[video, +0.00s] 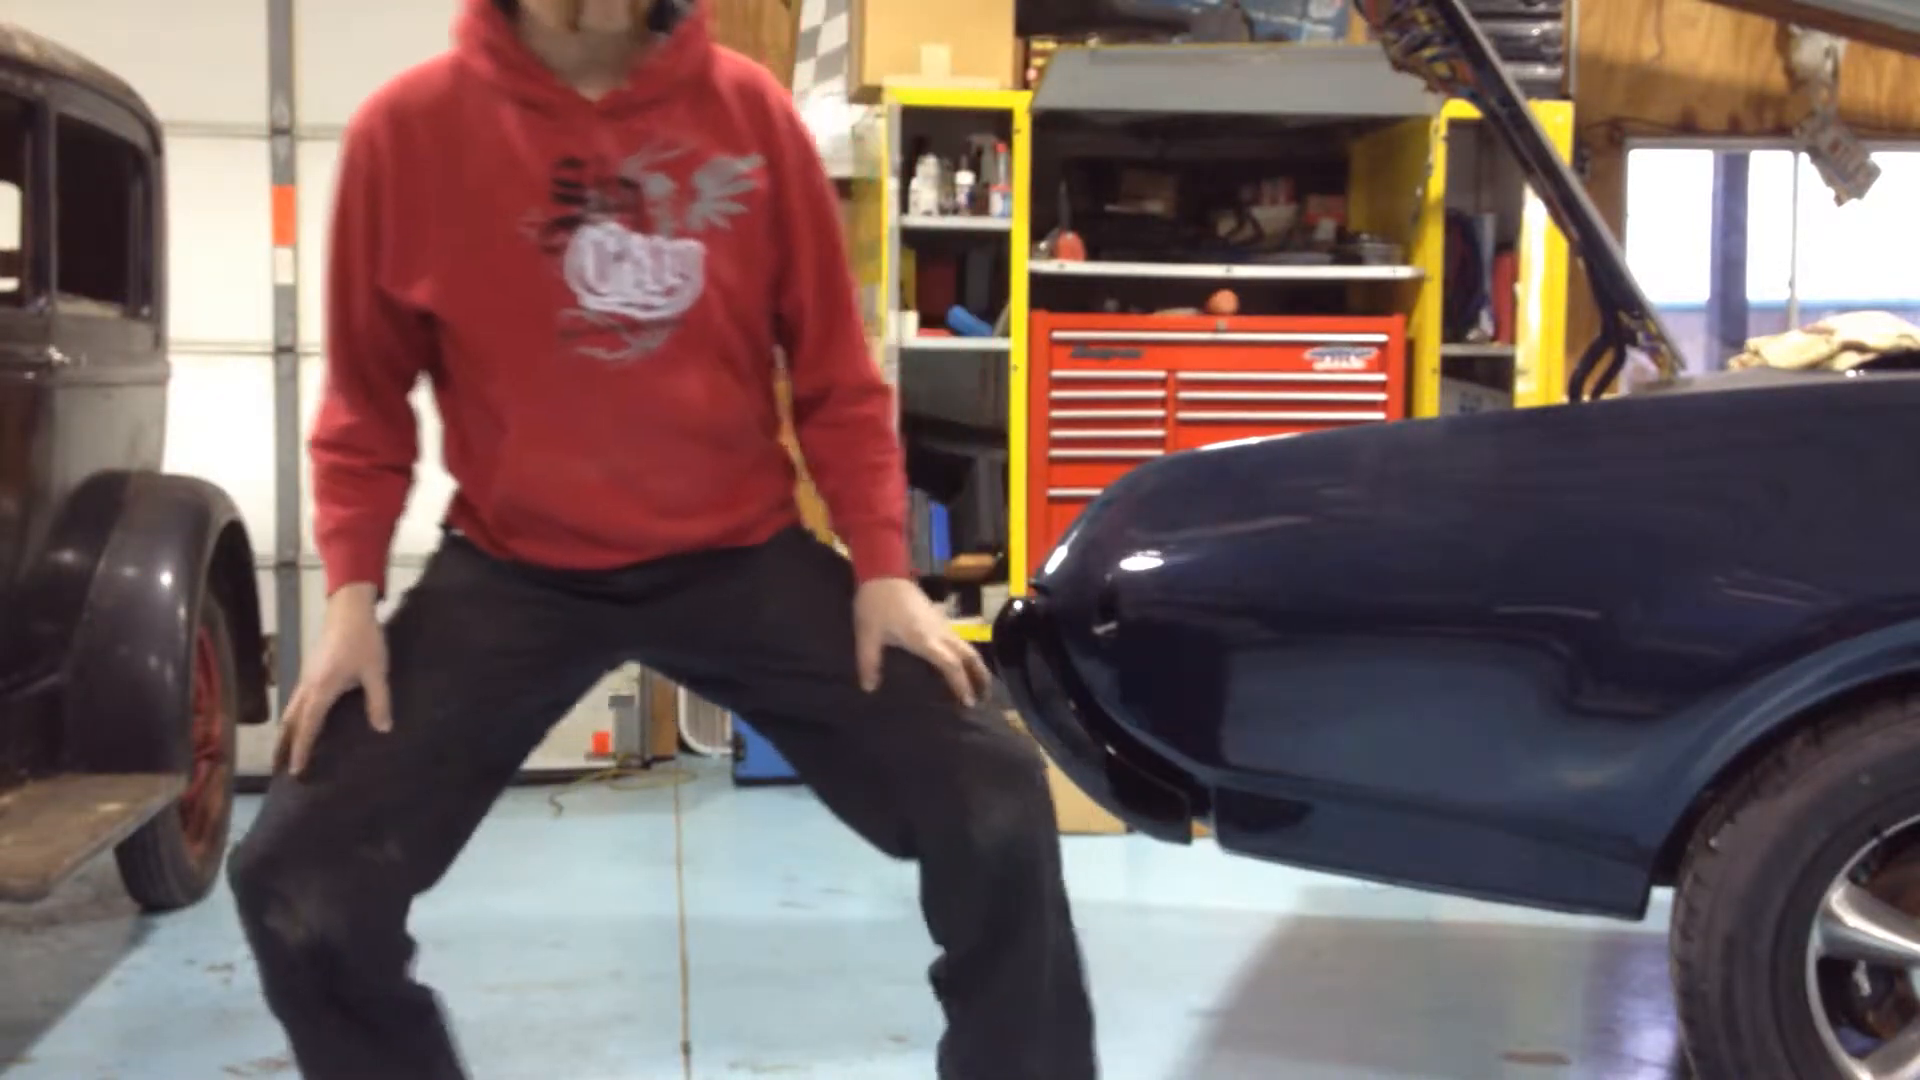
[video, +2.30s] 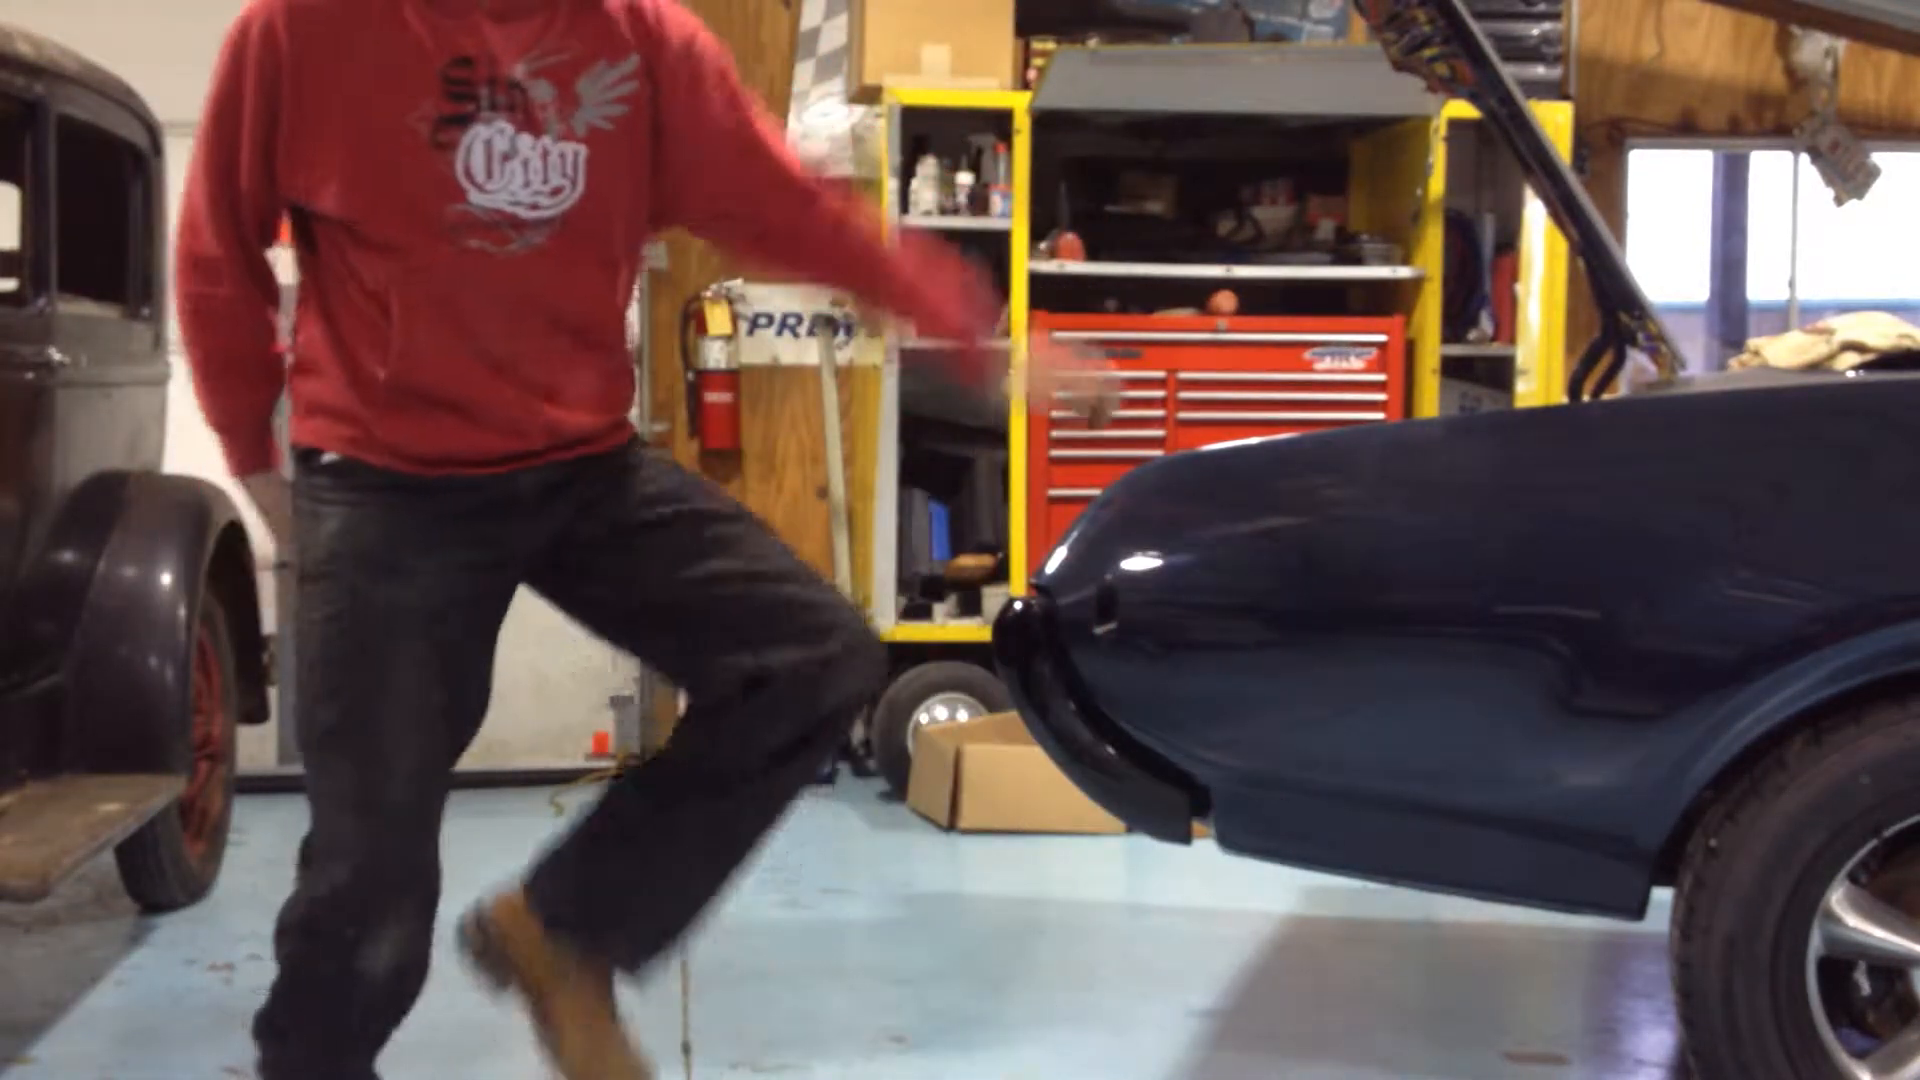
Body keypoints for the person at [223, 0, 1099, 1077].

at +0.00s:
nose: (631, 8)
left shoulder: (749, 113)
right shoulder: (408, 132)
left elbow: (834, 363)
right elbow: (364, 386)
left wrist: (884, 567)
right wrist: (351, 593)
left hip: (740, 561)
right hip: (514, 571)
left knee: (990, 792)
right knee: (302, 877)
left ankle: (1022, 1062)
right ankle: (404, 1067)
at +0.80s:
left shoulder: (920, 128)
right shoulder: (587, 123)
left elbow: (982, 375)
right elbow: (524, 370)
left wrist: (1004, 588)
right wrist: (474, 570)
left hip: (859, 579)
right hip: (634, 566)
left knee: (1068, 847)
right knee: (366, 816)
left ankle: (996, 1073)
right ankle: (395, 1072)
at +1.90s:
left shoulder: (760, 87)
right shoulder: (426, 65)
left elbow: (844, 320)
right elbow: (349, 302)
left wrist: (877, 541)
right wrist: (346, 532)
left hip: (705, 525)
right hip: (484, 535)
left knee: (931, 793)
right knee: (345, 895)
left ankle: (989, 1067)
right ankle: (418, 1070)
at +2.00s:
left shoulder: (713, 55)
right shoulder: (375, 41)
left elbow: (845, 254)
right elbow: (265, 272)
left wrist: (924, 465)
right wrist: (260, 497)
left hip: (651, 500)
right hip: (433, 513)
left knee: (876, 780)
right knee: (351, 896)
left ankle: (893, 1067)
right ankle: (413, 1073)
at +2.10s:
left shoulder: (687, 36)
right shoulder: (342, 25)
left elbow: (837, 193)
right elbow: (258, 259)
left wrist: (1008, 354)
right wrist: (215, 489)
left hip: (607, 484)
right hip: (404, 487)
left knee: (789, 762)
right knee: (380, 905)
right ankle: (351, 1029)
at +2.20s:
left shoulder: (663, 32)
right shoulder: (316, 28)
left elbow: (825, 149)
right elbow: (240, 254)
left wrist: (1026, 267)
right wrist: (235, 485)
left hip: (586, 473)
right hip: (383, 479)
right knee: (375, 880)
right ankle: (295, 1059)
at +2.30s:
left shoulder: (649, 39)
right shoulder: (300, 28)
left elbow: (778, 202)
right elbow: (215, 246)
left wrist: (961, 310)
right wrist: (261, 452)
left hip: (584, 463)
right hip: (383, 480)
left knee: (815, 658)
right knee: (374, 861)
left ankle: (564, 925)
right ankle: (309, 1064)